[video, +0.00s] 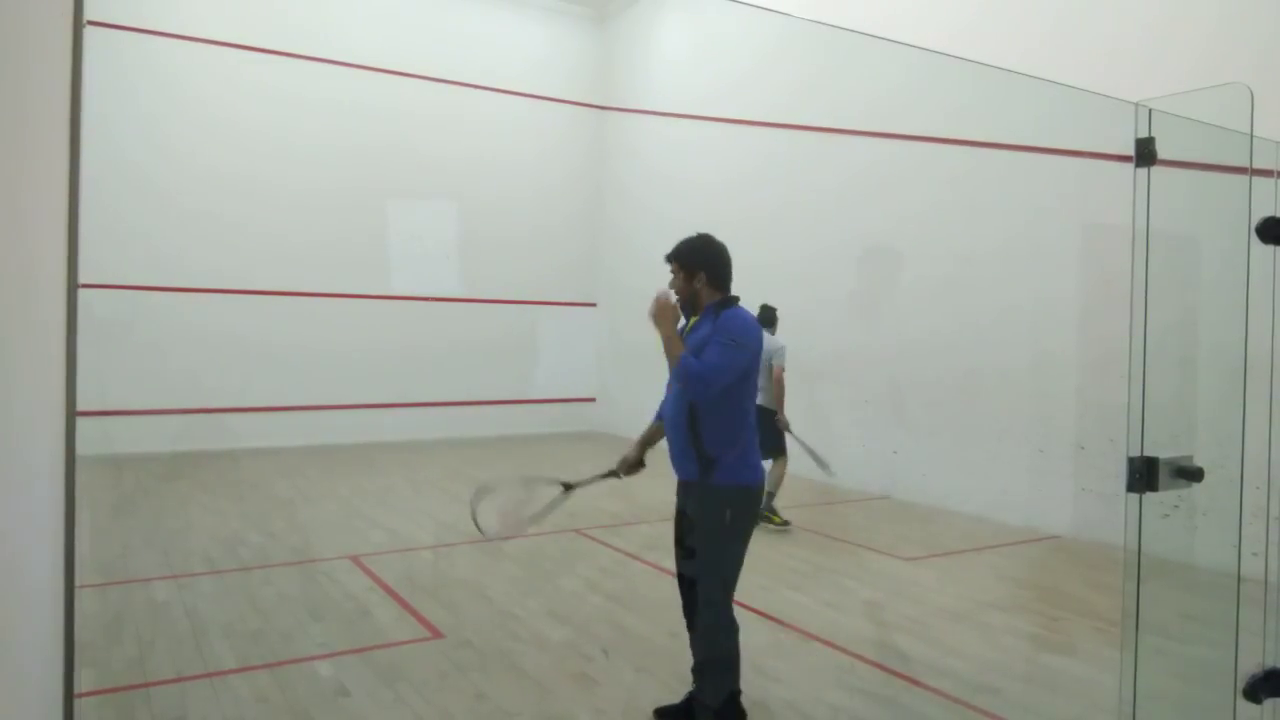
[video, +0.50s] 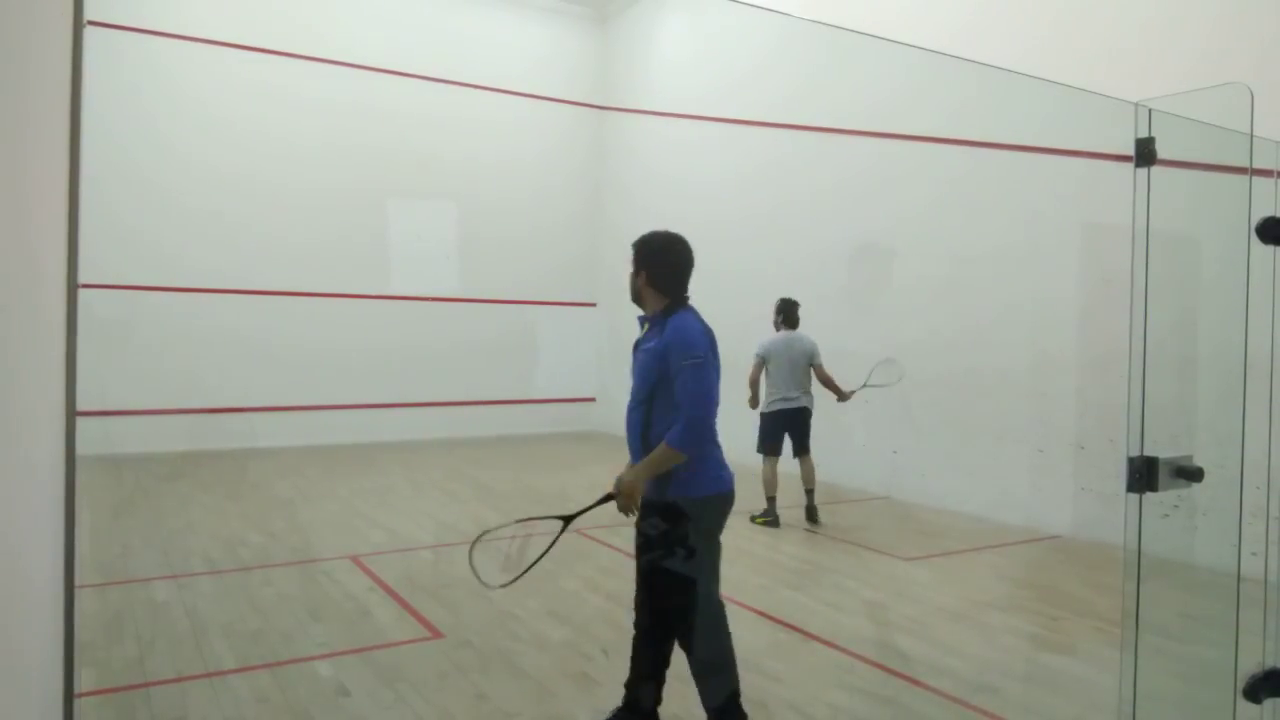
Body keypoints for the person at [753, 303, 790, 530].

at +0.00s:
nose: (777, 326)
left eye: (773, 322)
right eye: (776, 323)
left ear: (757, 321)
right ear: (774, 323)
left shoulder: (745, 340)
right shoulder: (775, 345)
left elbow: (737, 376)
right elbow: (777, 378)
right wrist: (780, 413)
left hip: (742, 406)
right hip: (763, 408)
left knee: (746, 456)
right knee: (780, 458)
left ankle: (743, 502)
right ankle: (767, 505)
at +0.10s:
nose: (785, 322)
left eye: (782, 318)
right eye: (785, 319)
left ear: (765, 320)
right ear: (784, 321)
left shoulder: (752, 340)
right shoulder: (787, 342)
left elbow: (743, 374)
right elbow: (791, 372)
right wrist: (800, 405)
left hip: (752, 408)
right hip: (779, 409)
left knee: (751, 459)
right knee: (793, 457)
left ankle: (749, 510)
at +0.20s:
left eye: (780, 319)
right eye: (793, 319)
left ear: (775, 321)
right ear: (796, 322)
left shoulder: (763, 344)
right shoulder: (804, 345)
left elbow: (749, 368)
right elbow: (816, 379)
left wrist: (763, 386)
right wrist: (820, 409)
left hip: (767, 411)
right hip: (795, 411)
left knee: (758, 460)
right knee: (802, 460)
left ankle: (751, 510)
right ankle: (808, 511)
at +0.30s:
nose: (783, 321)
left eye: (783, 318)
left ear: (785, 319)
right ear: (804, 319)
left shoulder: (776, 342)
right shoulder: (815, 343)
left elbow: (764, 371)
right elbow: (828, 375)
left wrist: (766, 388)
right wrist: (834, 399)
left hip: (778, 412)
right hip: (805, 411)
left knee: (768, 458)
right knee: (807, 461)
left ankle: (768, 509)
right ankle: (809, 511)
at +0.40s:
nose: (777, 319)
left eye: (778, 315)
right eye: (778, 315)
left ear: (783, 317)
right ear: (801, 317)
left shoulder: (773, 343)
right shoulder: (813, 343)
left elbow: (759, 374)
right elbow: (826, 376)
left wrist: (760, 391)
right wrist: (835, 393)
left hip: (776, 413)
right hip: (804, 412)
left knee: (772, 460)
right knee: (806, 460)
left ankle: (771, 510)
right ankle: (808, 511)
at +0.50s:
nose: (773, 320)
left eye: (774, 316)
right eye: (775, 316)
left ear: (778, 319)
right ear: (797, 319)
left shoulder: (767, 344)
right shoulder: (808, 344)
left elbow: (753, 377)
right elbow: (822, 376)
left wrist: (754, 397)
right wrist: (840, 393)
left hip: (773, 412)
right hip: (801, 411)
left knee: (770, 460)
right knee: (804, 456)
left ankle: (770, 511)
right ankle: (811, 506)